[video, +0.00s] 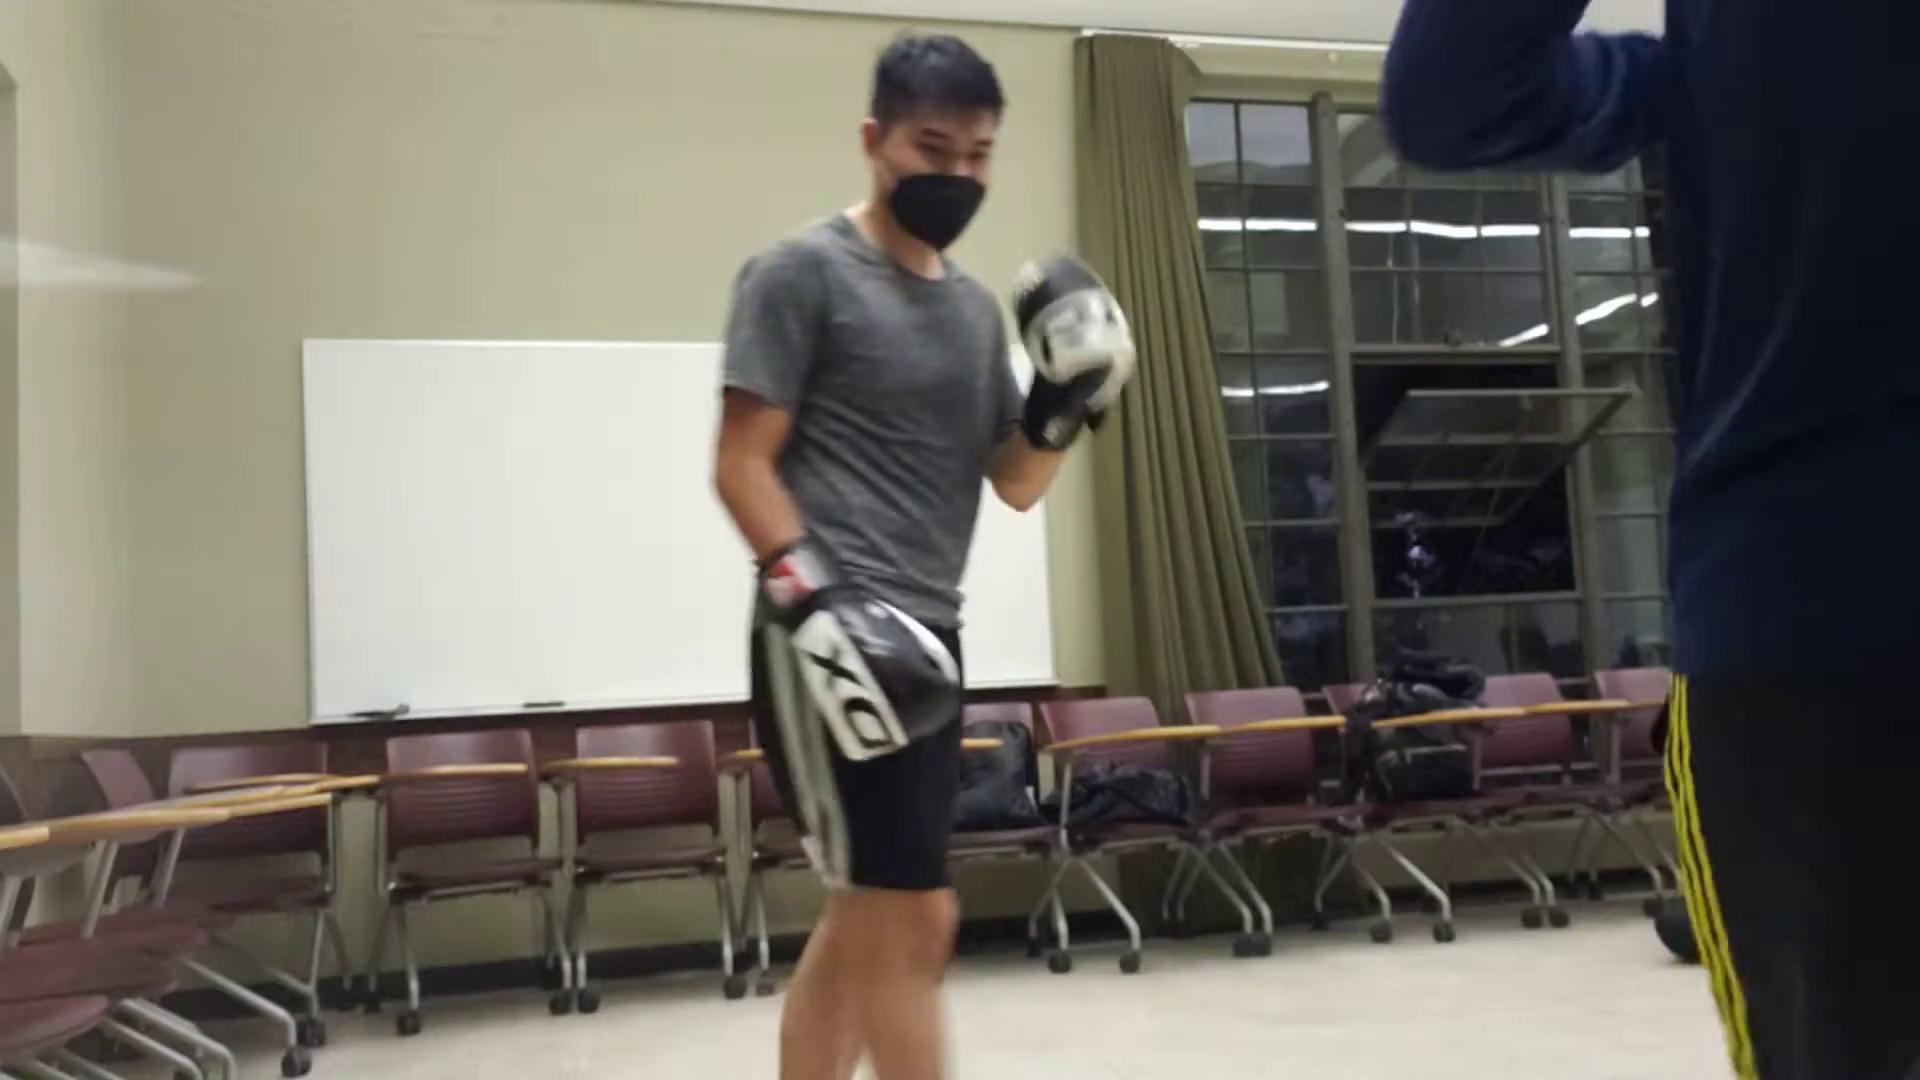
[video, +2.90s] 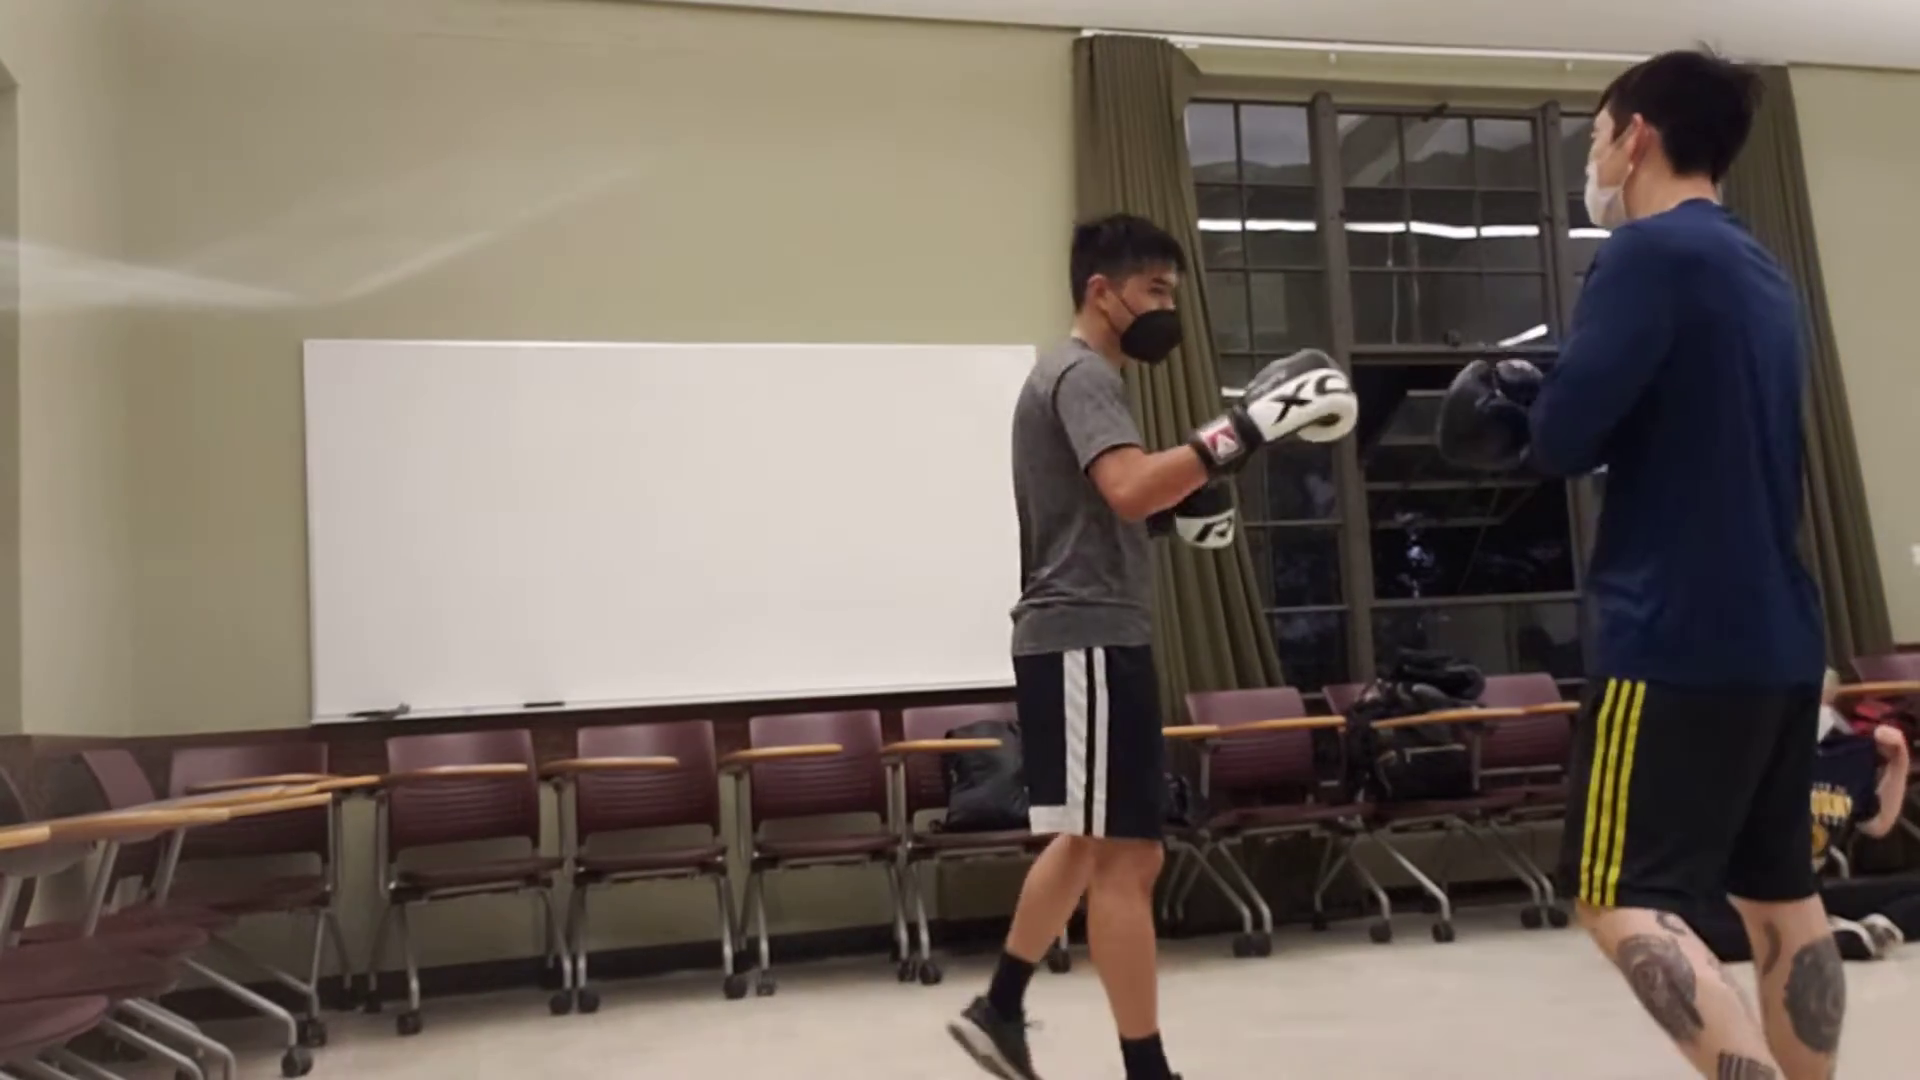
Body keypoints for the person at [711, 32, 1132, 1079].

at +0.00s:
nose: (959, 175)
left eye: (979, 152)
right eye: (933, 148)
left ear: (996, 155)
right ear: (874, 140)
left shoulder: (978, 312)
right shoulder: (801, 274)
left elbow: (1019, 483)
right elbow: (742, 463)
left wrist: (1066, 396)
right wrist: (811, 603)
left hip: (929, 636)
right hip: (835, 627)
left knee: (862, 921)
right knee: (915, 923)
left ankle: (808, 1070)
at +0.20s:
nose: (1056, 196)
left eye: (1072, 176)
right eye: (1032, 169)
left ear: (1084, 181)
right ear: (964, 166)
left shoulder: (1019, 318)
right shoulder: (914, 296)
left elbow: (993, 480)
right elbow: (873, 490)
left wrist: (1076, 501)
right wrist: (938, 656)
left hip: (1016, 644)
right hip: (953, 648)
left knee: (1026, 923)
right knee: (1026, 927)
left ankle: (900, 1070)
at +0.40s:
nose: (1132, 203)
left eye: (1143, 182)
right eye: (1111, 174)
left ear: (1147, 180)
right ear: (1044, 169)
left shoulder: (1053, 295)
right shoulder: (1001, 281)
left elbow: (1028, 466)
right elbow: (971, 471)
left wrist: (1116, 498)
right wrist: (1034, 625)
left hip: (1060, 627)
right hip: (998, 634)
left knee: (1149, 848)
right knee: (1047, 904)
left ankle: (1058, 1061)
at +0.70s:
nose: (1189, 251)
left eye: (1204, 238)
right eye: (1170, 226)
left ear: (1211, 250)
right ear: (1114, 225)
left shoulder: (1167, 376)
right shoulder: (1040, 328)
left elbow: (1151, 527)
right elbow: (967, 488)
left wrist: (1228, 533)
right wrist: (1040, 602)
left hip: (1139, 653)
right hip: (1047, 651)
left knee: (1149, 893)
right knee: (1074, 901)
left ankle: (1152, 1077)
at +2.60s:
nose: (1164, 333)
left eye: (1170, 319)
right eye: (1150, 316)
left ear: (1129, 320)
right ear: (1097, 313)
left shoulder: (1099, 405)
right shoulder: (1064, 395)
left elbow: (1070, 527)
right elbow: (1020, 500)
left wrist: (1143, 590)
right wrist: (1117, 515)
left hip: (1089, 651)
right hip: (1076, 654)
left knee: (1068, 852)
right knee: (1127, 861)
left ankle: (1037, 1033)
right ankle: (1146, 1067)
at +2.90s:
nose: (1168, 306)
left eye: (1171, 292)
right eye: (1156, 290)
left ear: (1106, 295)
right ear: (1100, 288)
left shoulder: (1066, 375)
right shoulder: (1082, 374)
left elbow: (1090, 509)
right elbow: (1131, 487)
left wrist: (1168, 510)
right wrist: (1237, 429)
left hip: (1072, 638)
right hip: (1092, 641)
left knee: (1079, 840)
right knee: (1127, 858)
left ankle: (998, 1009)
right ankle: (1149, 1071)